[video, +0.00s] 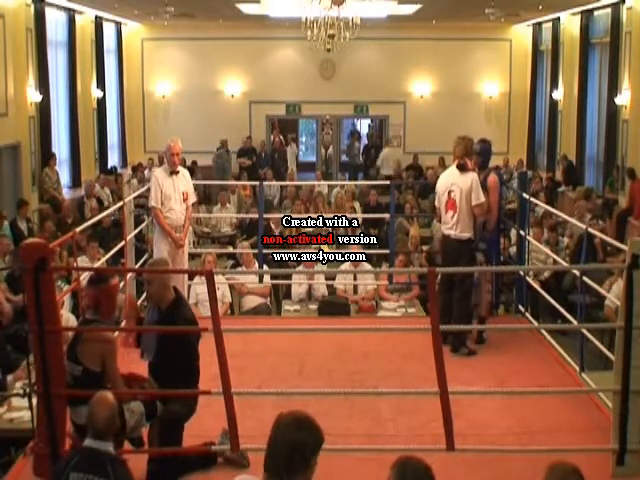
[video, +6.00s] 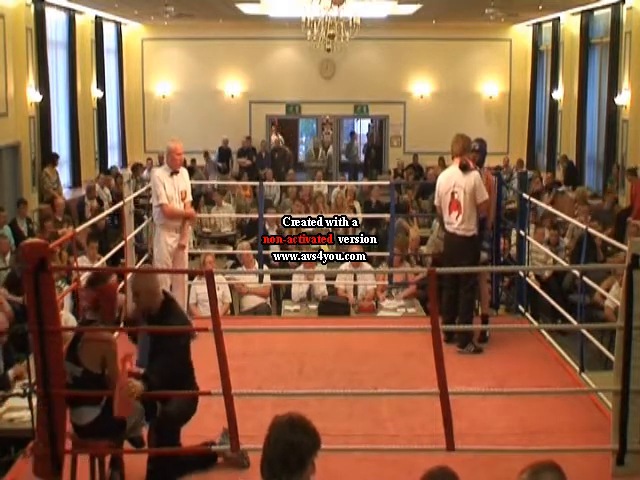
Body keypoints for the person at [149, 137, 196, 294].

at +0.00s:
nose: (175, 159)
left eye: (178, 155)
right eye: (172, 155)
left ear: (181, 155)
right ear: (165, 156)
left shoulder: (185, 174)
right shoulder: (158, 174)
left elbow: (189, 204)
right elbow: (155, 208)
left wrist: (184, 232)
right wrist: (171, 234)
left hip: (182, 226)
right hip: (164, 225)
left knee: (181, 268)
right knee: (163, 266)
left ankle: (181, 301)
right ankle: (162, 303)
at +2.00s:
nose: (176, 159)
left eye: (179, 155)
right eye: (173, 155)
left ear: (182, 155)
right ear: (166, 156)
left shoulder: (185, 174)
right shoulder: (158, 175)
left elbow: (189, 205)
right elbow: (156, 209)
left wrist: (184, 233)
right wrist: (173, 235)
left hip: (183, 227)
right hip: (164, 226)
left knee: (181, 270)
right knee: (163, 268)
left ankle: (181, 305)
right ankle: (163, 306)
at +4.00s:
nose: (180, 158)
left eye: (182, 154)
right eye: (177, 155)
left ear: (183, 156)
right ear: (167, 156)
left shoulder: (184, 173)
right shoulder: (158, 174)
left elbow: (187, 203)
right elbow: (165, 208)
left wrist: (185, 234)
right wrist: (185, 217)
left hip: (182, 226)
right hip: (165, 227)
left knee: (181, 271)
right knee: (163, 270)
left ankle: (180, 312)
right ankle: (161, 311)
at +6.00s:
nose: (179, 158)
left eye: (181, 154)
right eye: (175, 155)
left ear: (183, 156)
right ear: (167, 157)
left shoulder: (184, 173)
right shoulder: (158, 174)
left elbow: (187, 201)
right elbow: (165, 209)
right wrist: (187, 213)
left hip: (183, 227)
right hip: (165, 227)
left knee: (181, 270)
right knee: (163, 270)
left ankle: (181, 310)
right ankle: (163, 310)